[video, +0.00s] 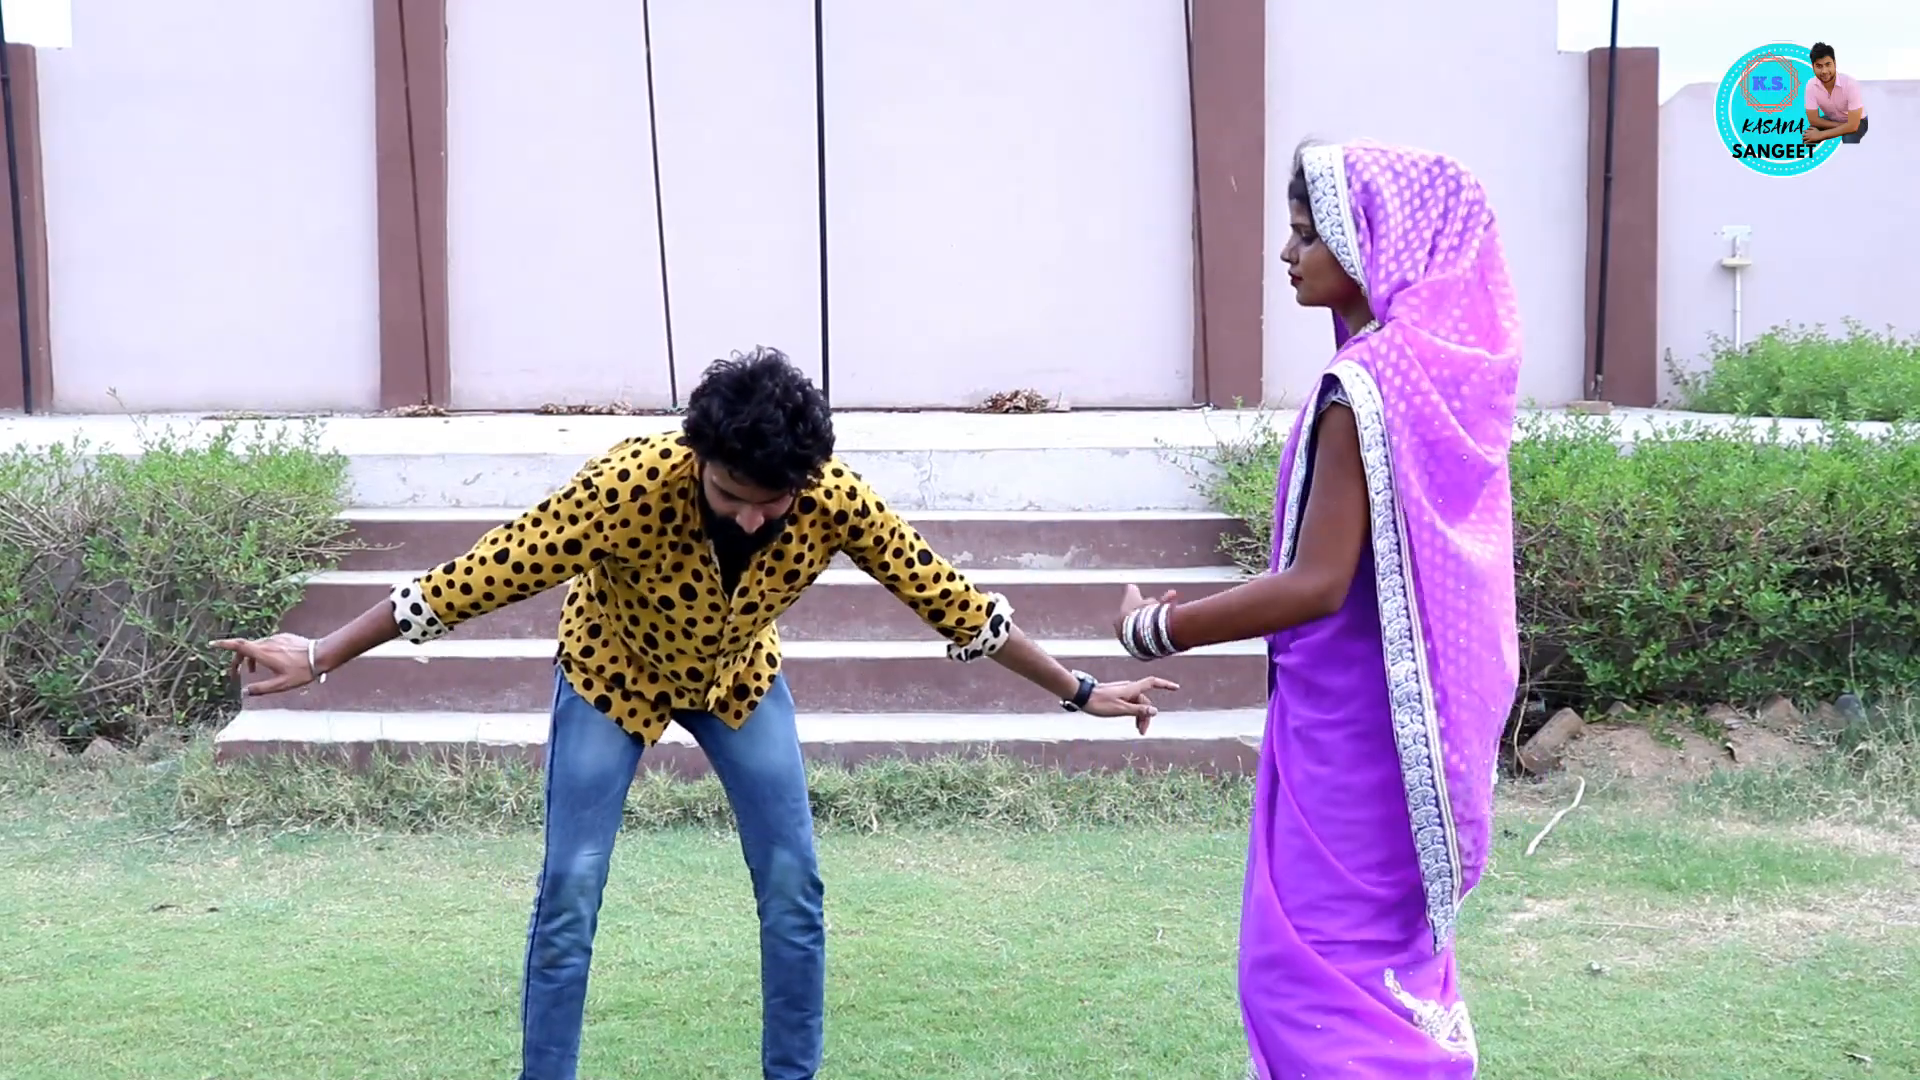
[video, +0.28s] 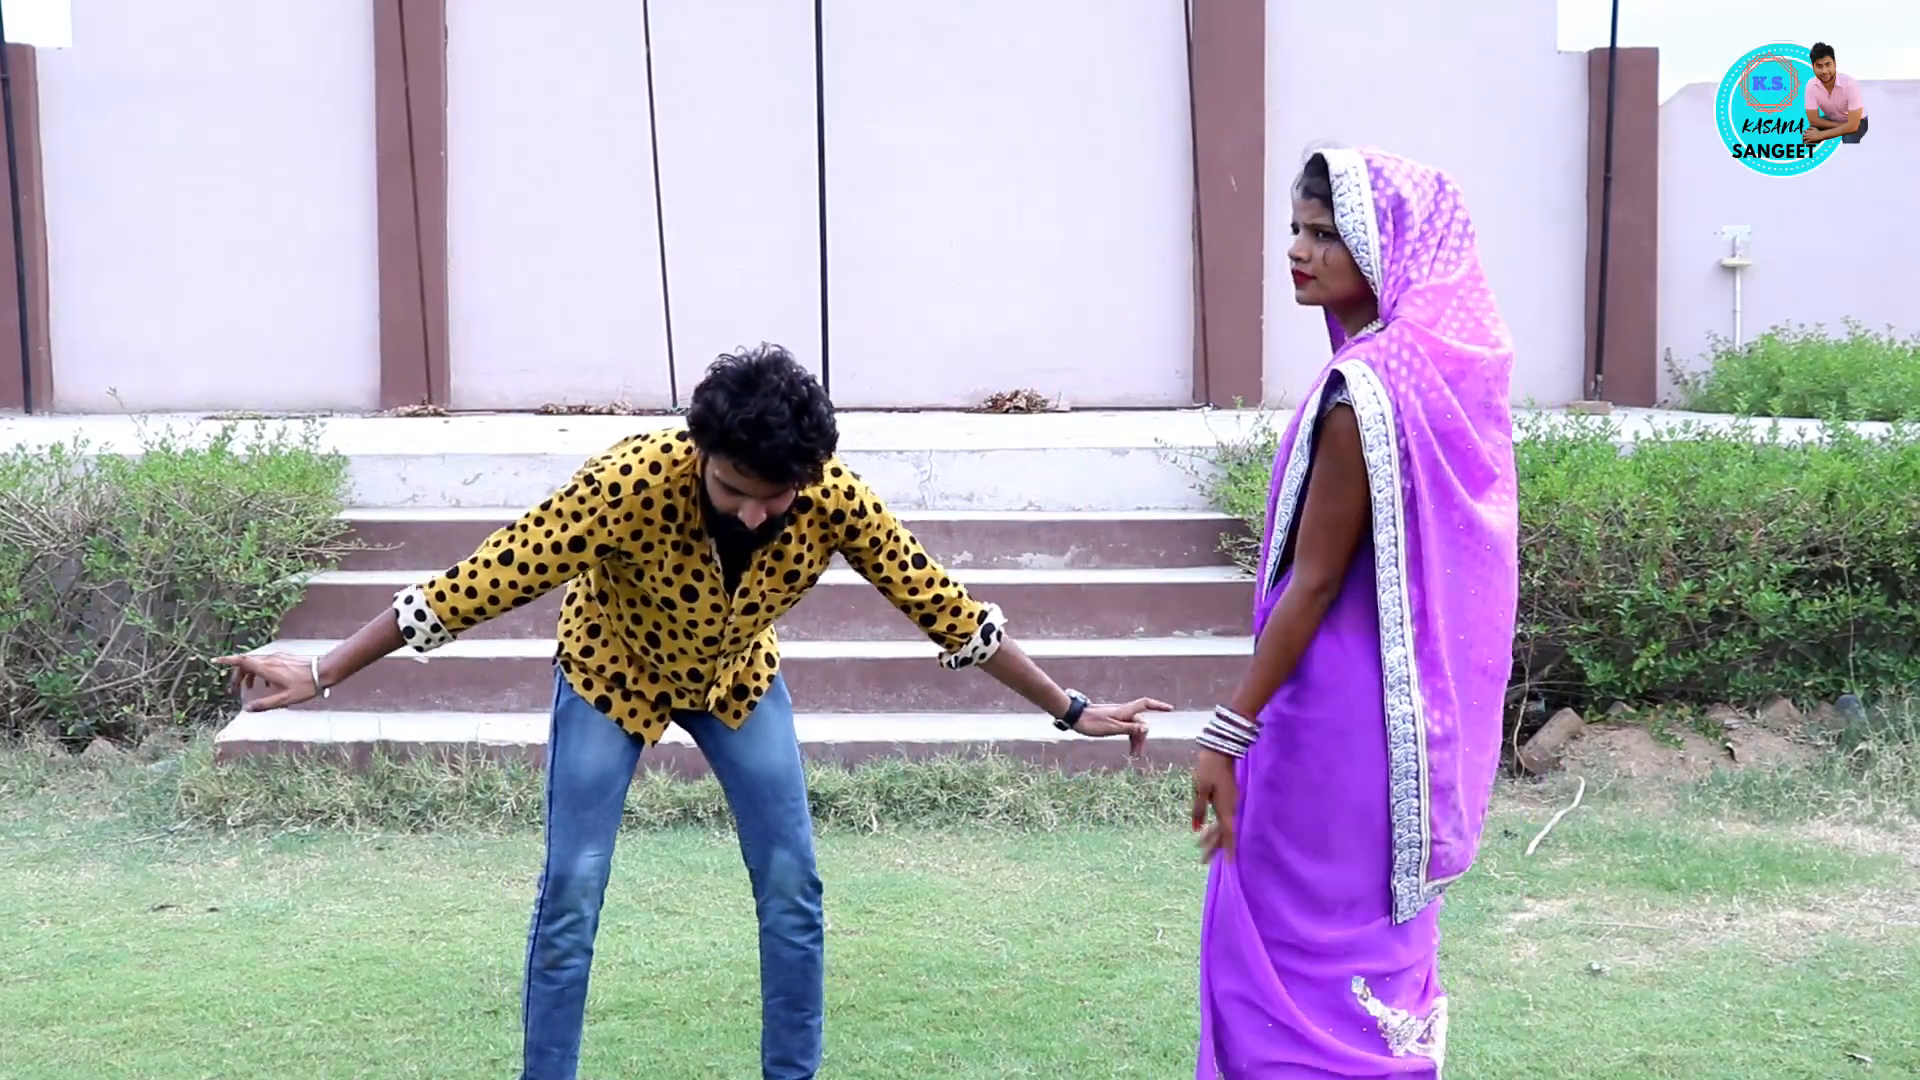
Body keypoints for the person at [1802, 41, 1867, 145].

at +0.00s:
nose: (1824, 71)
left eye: (1828, 65)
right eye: (1819, 66)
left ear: (1835, 64)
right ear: (1813, 67)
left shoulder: (1850, 84)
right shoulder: (1812, 85)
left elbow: (1853, 126)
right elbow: (1813, 120)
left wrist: (1820, 135)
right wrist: (1843, 126)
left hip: (1854, 122)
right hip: (1829, 121)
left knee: (1849, 140)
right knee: (1810, 136)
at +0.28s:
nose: (1824, 71)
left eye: (1828, 65)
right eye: (1819, 66)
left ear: (1835, 64)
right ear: (1813, 67)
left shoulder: (1850, 84)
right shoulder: (1812, 85)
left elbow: (1853, 126)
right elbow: (1813, 120)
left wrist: (1820, 135)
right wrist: (1843, 126)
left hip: (1854, 122)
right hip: (1829, 121)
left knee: (1849, 140)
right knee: (1810, 136)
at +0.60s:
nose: (1824, 71)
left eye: (1828, 65)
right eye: (1819, 66)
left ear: (1835, 64)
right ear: (1813, 67)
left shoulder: (1850, 84)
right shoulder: (1812, 85)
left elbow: (1853, 126)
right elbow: (1813, 120)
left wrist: (1820, 135)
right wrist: (1843, 126)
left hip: (1854, 122)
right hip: (1829, 121)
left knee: (1849, 140)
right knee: (1810, 136)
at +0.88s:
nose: (1824, 71)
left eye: (1828, 65)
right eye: (1819, 66)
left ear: (1835, 64)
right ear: (1813, 67)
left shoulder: (1850, 84)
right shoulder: (1811, 86)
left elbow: (1853, 126)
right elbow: (1813, 120)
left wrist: (1820, 135)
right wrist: (1843, 126)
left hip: (1855, 122)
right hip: (1830, 121)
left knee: (1849, 140)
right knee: (1810, 136)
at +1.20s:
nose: (1824, 71)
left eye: (1828, 65)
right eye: (1819, 66)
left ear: (1835, 64)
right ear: (1813, 67)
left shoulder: (1849, 84)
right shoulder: (1811, 86)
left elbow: (1853, 126)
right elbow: (1813, 120)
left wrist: (1820, 135)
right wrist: (1843, 126)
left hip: (1855, 122)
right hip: (1830, 121)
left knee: (1849, 140)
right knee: (1810, 136)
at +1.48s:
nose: (1824, 71)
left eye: (1828, 65)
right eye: (1819, 66)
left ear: (1835, 64)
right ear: (1813, 67)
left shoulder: (1849, 83)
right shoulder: (1812, 85)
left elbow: (1853, 126)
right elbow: (1813, 120)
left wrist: (1820, 135)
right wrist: (1843, 126)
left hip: (1854, 122)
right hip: (1829, 121)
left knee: (1849, 140)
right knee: (1810, 136)